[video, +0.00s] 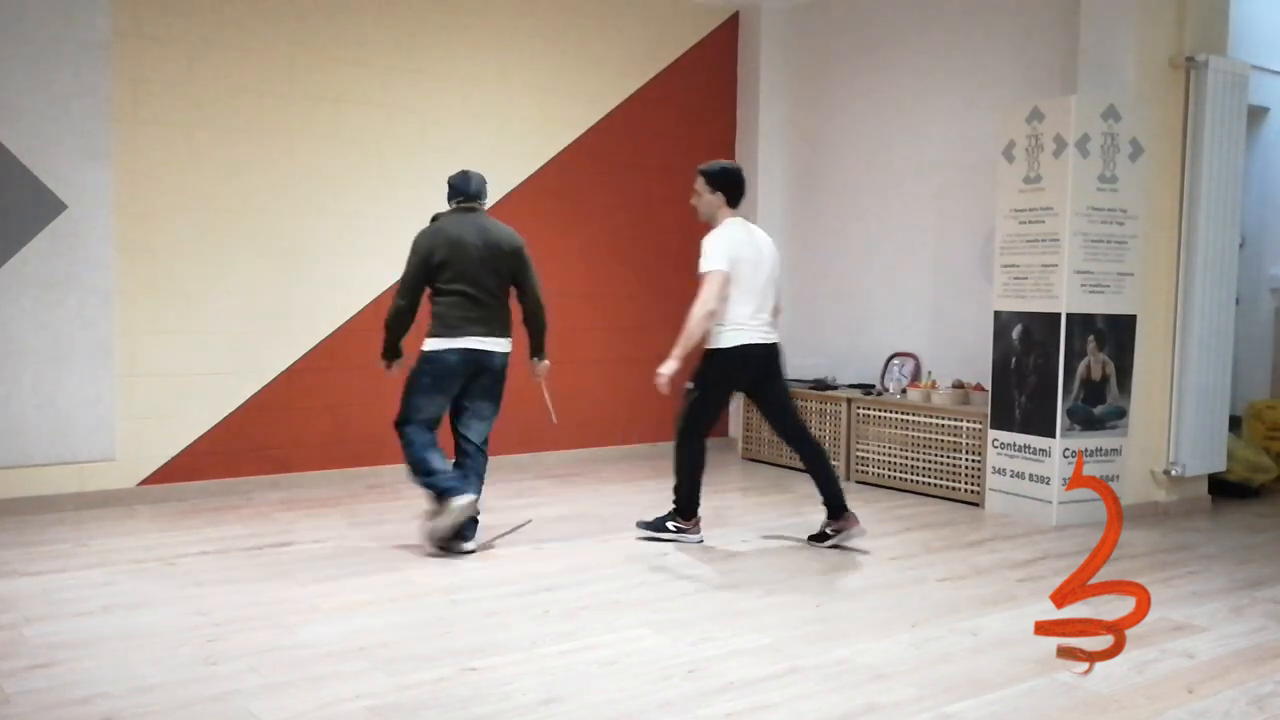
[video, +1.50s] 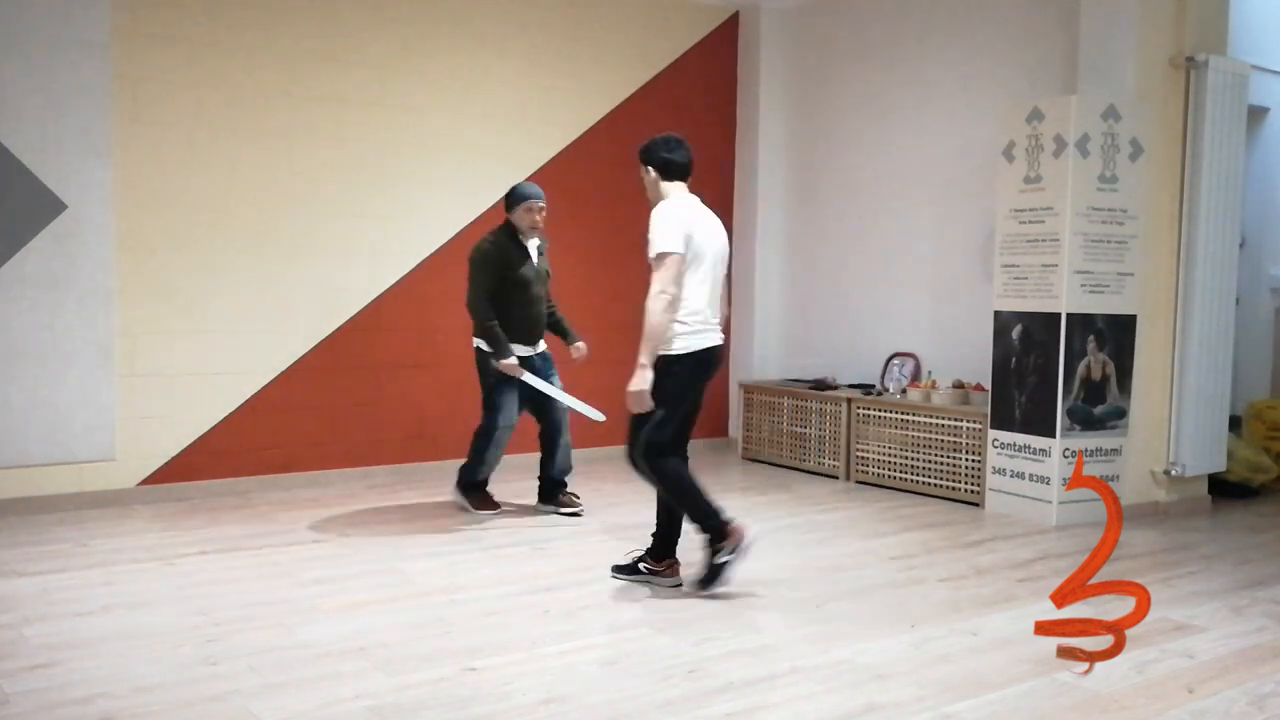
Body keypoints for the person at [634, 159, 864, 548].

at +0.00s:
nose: (693, 201)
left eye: (698, 193)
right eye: (694, 193)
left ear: (719, 196)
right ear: (730, 197)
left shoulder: (718, 238)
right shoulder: (764, 241)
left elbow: (709, 304)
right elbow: (773, 309)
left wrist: (674, 359)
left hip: (727, 354)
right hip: (765, 354)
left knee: (691, 431)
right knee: (794, 431)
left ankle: (684, 517)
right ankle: (840, 514)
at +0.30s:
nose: (740, 194)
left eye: (744, 185)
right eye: (740, 185)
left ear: (766, 187)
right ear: (775, 188)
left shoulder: (772, 227)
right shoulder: (807, 225)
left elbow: (792, 289)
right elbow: (832, 294)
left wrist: (793, 354)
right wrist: (824, 346)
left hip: (788, 342)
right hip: (819, 342)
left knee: (762, 429)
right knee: (829, 432)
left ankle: (798, 519)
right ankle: (850, 524)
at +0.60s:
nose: (751, 196)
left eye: (756, 188)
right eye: (752, 188)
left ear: (777, 190)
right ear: (788, 190)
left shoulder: (791, 236)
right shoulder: (819, 229)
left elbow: (806, 308)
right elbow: (843, 299)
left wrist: (792, 373)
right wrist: (834, 348)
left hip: (811, 353)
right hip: (831, 350)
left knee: (801, 450)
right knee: (828, 441)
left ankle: (811, 553)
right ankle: (852, 527)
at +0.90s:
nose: (735, 185)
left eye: (737, 176)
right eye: (736, 177)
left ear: (753, 177)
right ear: (774, 176)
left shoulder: (773, 224)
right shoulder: (806, 220)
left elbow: (754, 304)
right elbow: (827, 296)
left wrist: (710, 360)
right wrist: (825, 356)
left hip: (788, 354)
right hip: (808, 348)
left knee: (794, 449)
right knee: (768, 438)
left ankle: (812, 555)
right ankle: (802, 530)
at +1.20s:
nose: (691, 192)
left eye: (692, 182)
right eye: (691, 183)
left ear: (706, 180)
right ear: (733, 180)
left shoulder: (722, 230)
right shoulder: (765, 228)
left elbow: (708, 311)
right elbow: (789, 302)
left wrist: (680, 371)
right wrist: (787, 366)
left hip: (737, 366)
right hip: (765, 361)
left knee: (707, 462)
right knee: (774, 461)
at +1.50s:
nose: (642, 181)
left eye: (642, 173)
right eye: (641, 173)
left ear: (652, 172)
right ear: (685, 173)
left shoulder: (669, 214)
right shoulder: (709, 218)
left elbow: (664, 293)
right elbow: (718, 302)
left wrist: (644, 365)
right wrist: (708, 349)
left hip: (679, 351)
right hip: (704, 349)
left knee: (646, 450)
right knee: (670, 451)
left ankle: (722, 532)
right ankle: (663, 556)